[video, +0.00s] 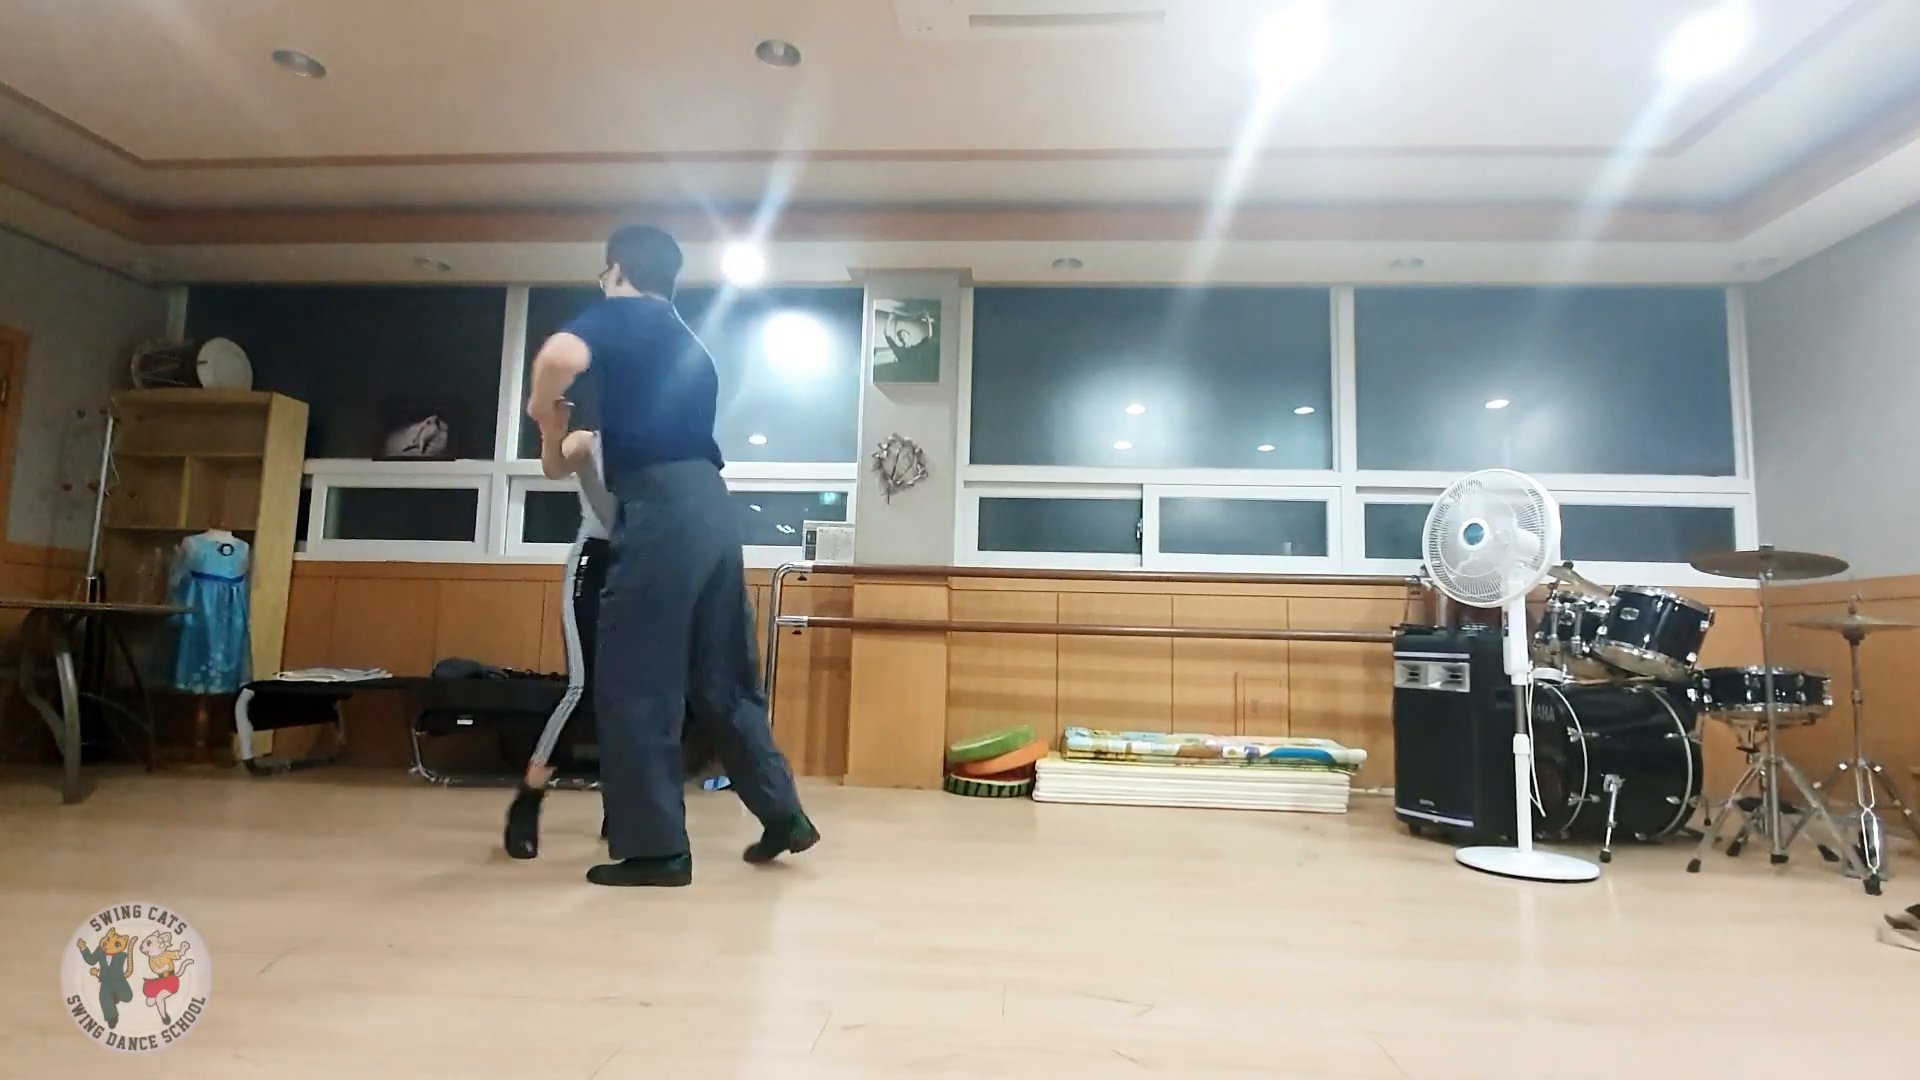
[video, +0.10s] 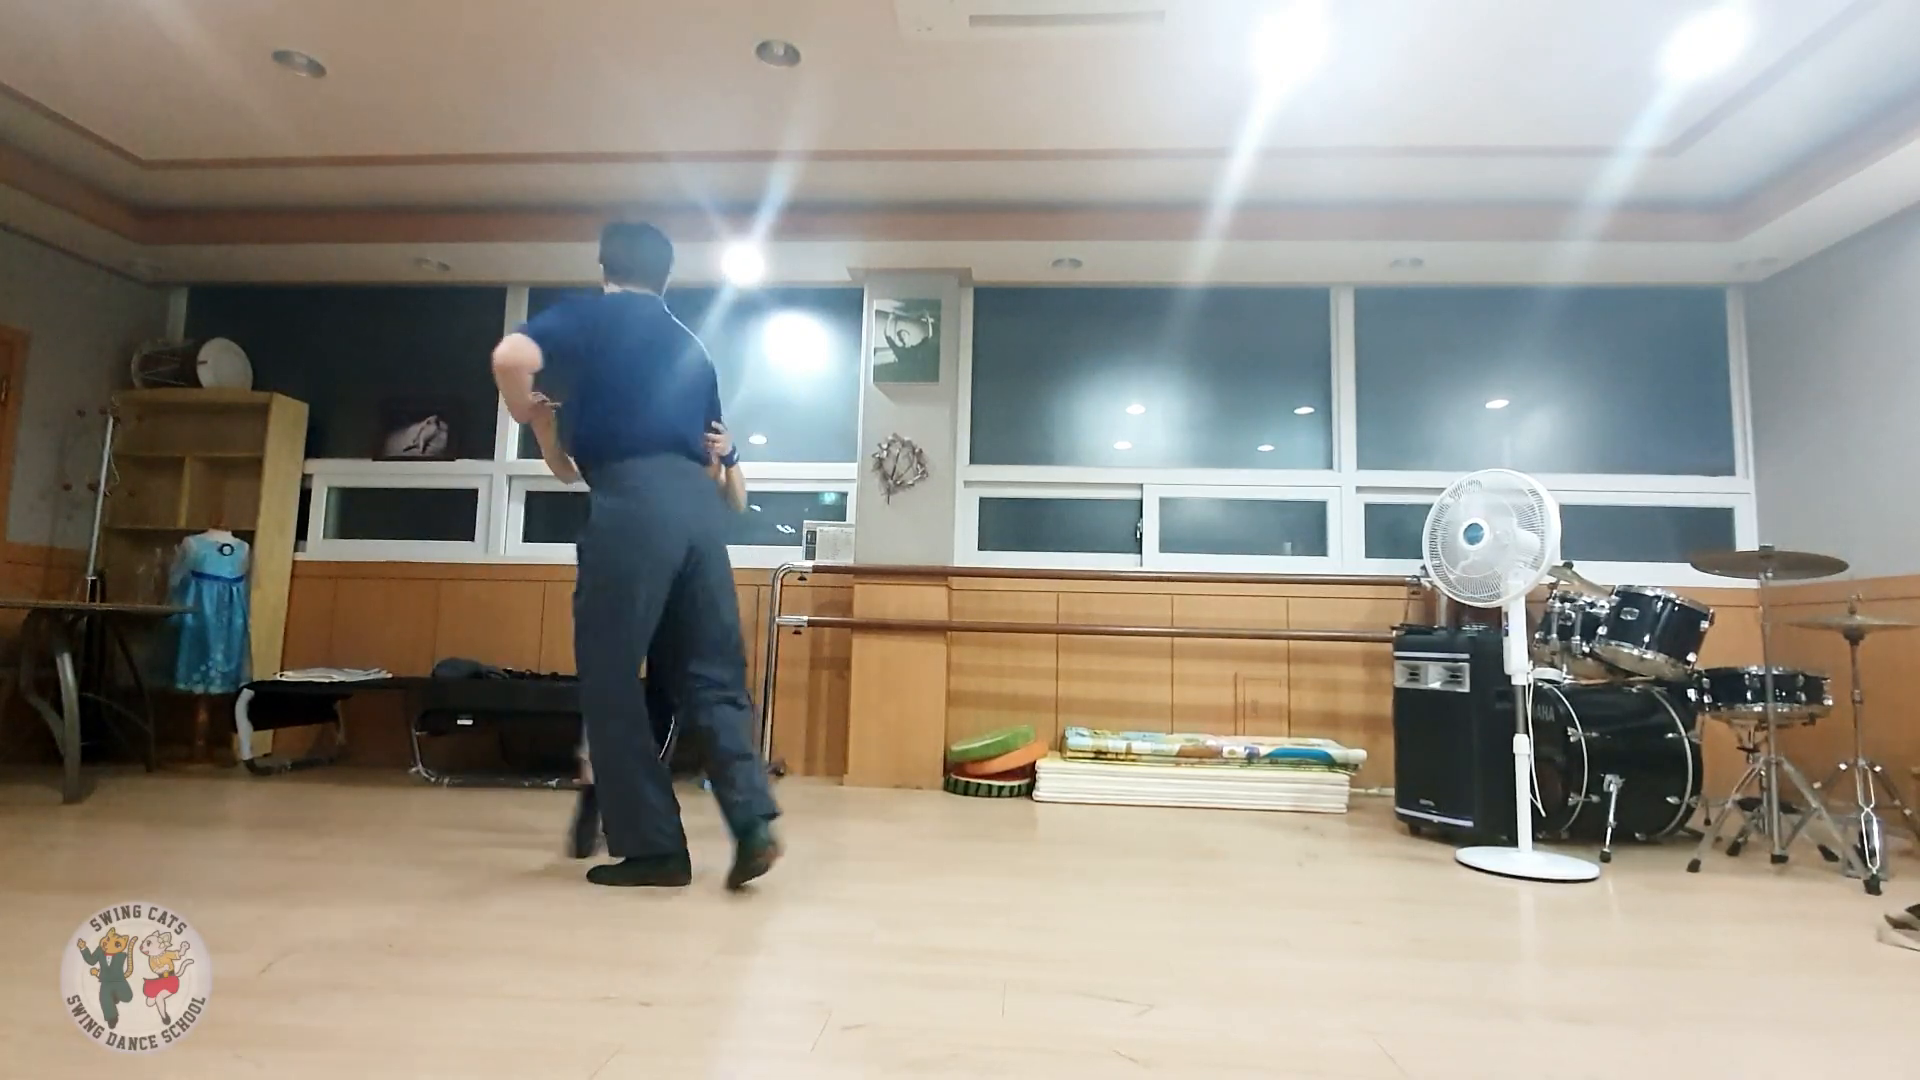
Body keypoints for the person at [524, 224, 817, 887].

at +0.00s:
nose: (601, 284)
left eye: (604, 274)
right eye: (605, 276)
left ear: (619, 273)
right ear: (668, 281)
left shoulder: (618, 315)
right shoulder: (688, 343)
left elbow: (555, 360)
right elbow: (657, 432)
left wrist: (549, 434)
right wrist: (580, 449)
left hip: (663, 508)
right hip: (713, 504)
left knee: (634, 682)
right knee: (723, 683)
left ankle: (654, 849)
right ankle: (784, 817)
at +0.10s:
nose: (607, 277)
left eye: (606, 267)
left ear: (605, 270)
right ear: (664, 275)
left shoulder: (584, 315)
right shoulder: (690, 346)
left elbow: (511, 358)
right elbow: (711, 446)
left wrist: (539, 429)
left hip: (630, 497)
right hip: (700, 498)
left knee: (610, 678)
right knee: (714, 678)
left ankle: (653, 850)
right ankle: (753, 821)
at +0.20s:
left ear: (596, 261)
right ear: (657, 272)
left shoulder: (560, 308)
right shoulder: (688, 342)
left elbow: (475, 359)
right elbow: (721, 447)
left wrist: (513, 415)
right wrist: (731, 472)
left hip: (602, 495)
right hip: (681, 500)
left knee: (599, 680)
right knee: (676, 679)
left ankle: (639, 845)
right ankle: (661, 824)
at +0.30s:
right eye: (645, 262)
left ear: (585, 260)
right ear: (648, 268)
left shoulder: (543, 309)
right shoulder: (680, 336)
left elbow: (449, 362)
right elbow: (720, 436)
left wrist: (508, 419)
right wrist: (753, 481)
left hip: (573, 489)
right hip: (656, 493)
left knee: (582, 674)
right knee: (639, 667)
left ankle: (631, 846)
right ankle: (561, 843)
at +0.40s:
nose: (646, 282)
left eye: (640, 274)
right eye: (646, 273)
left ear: (576, 263)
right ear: (637, 273)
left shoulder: (525, 308)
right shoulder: (667, 331)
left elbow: (434, 375)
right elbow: (719, 423)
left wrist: (501, 426)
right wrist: (676, 460)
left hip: (549, 486)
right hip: (635, 491)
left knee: (556, 676)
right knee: (608, 678)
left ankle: (603, 844)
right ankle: (542, 861)